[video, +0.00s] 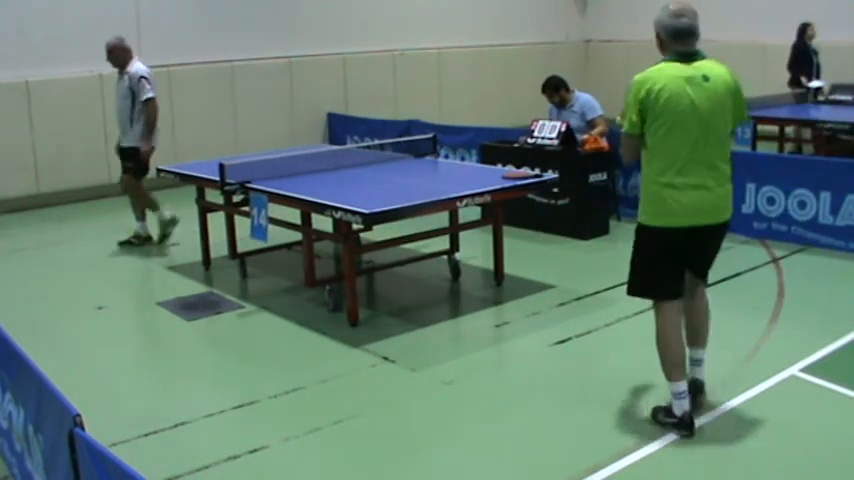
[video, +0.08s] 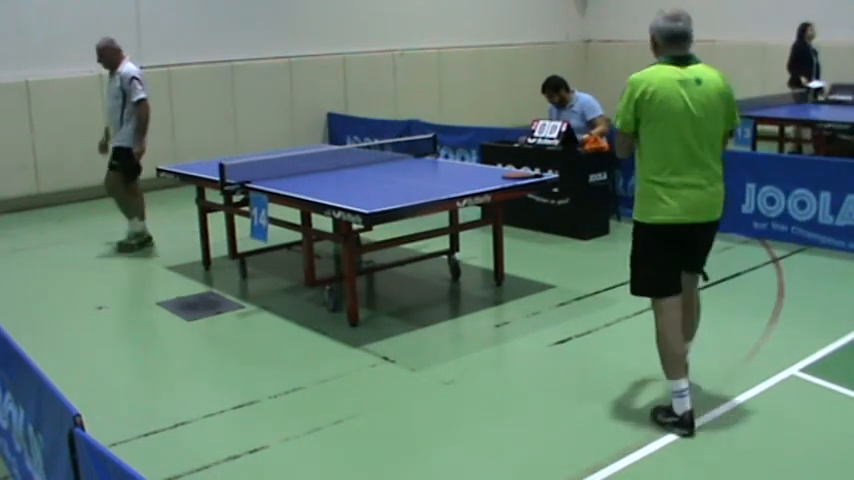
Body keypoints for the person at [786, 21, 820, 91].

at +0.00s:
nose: (813, 32)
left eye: (813, 29)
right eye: (810, 30)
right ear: (804, 31)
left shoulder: (812, 49)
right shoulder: (798, 46)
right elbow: (791, 66)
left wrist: (817, 80)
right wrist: (801, 77)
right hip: (799, 86)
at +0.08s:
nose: (813, 33)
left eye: (813, 30)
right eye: (810, 30)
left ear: (813, 32)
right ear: (803, 32)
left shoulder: (812, 48)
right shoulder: (798, 46)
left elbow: (815, 66)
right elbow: (791, 66)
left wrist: (817, 81)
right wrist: (800, 78)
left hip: (811, 85)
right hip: (799, 86)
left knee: (812, 118)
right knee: (799, 119)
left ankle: (817, 147)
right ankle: (798, 147)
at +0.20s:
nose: (812, 33)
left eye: (813, 30)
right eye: (809, 30)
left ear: (813, 33)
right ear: (803, 32)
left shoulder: (812, 49)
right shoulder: (798, 46)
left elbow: (815, 68)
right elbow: (791, 66)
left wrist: (817, 82)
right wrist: (801, 77)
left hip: (810, 85)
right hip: (798, 85)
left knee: (811, 118)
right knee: (799, 118)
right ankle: (797, 148)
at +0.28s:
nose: (813, 33)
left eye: (813, 30)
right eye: (810, 30)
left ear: (812, 32)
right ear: (803, 32)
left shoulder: (811, 49)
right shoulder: (798, 46)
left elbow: (815, 69)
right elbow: (791, 66)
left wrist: (820, 84)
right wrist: (801, 78)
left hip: (811, 85)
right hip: (798, 85)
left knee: (812, 118)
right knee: (799, 118)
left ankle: (818, 147)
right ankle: (797, 148)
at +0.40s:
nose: (813, 34)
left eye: (813, 31)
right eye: (810, 31)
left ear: (813, 33)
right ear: (803, 32)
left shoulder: (811, 49)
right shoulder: (797, 46)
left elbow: (815, 69)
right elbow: (790, 66)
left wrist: (821, 84)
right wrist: (800, 78)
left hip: (810, 84)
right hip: (798, 85)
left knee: (813, 117)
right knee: (799, 118)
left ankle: (817, 147)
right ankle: (797, 147)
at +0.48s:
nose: (813, 34)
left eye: (813, 31)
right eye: (810, 31)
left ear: (813, 33)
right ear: (803, 32)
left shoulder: (811, 49)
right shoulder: (797, 46)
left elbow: (815, 70)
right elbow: (790, 66)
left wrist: (821, 84)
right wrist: (800, 78)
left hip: (810, 84)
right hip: (797, 85)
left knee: (813, 117)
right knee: (798, 117)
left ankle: (817, 147)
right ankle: (797, 147)